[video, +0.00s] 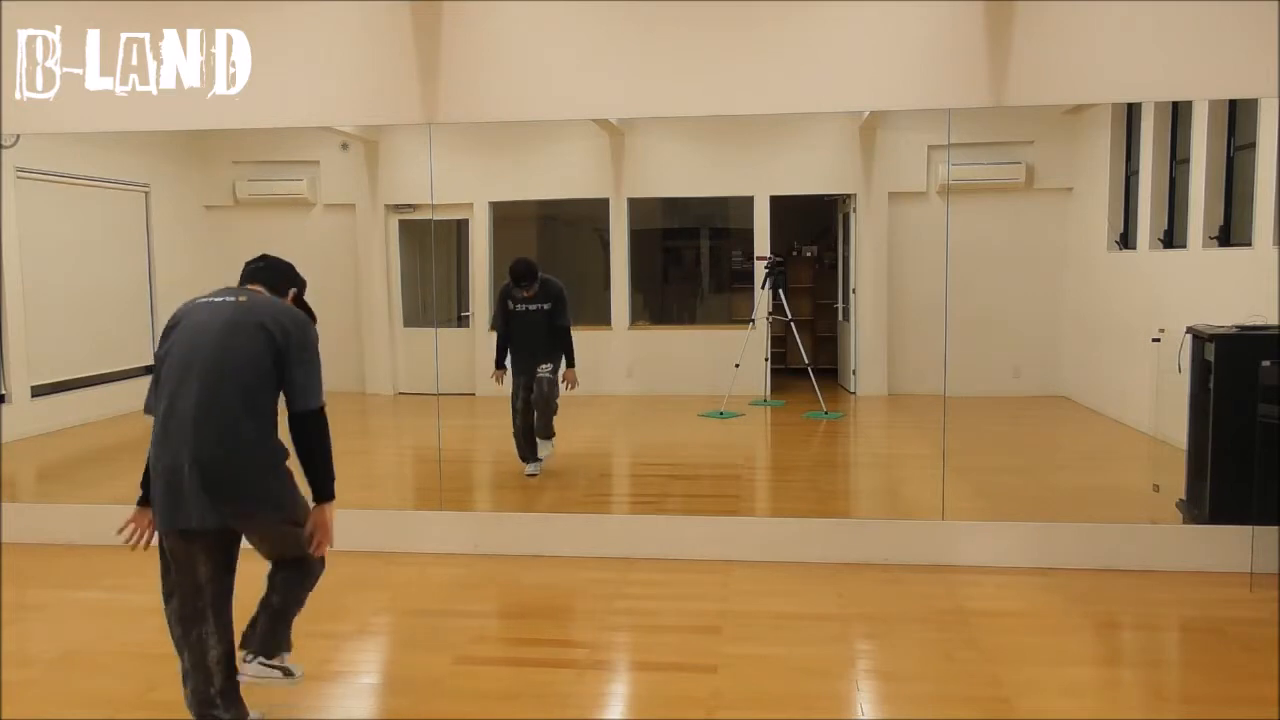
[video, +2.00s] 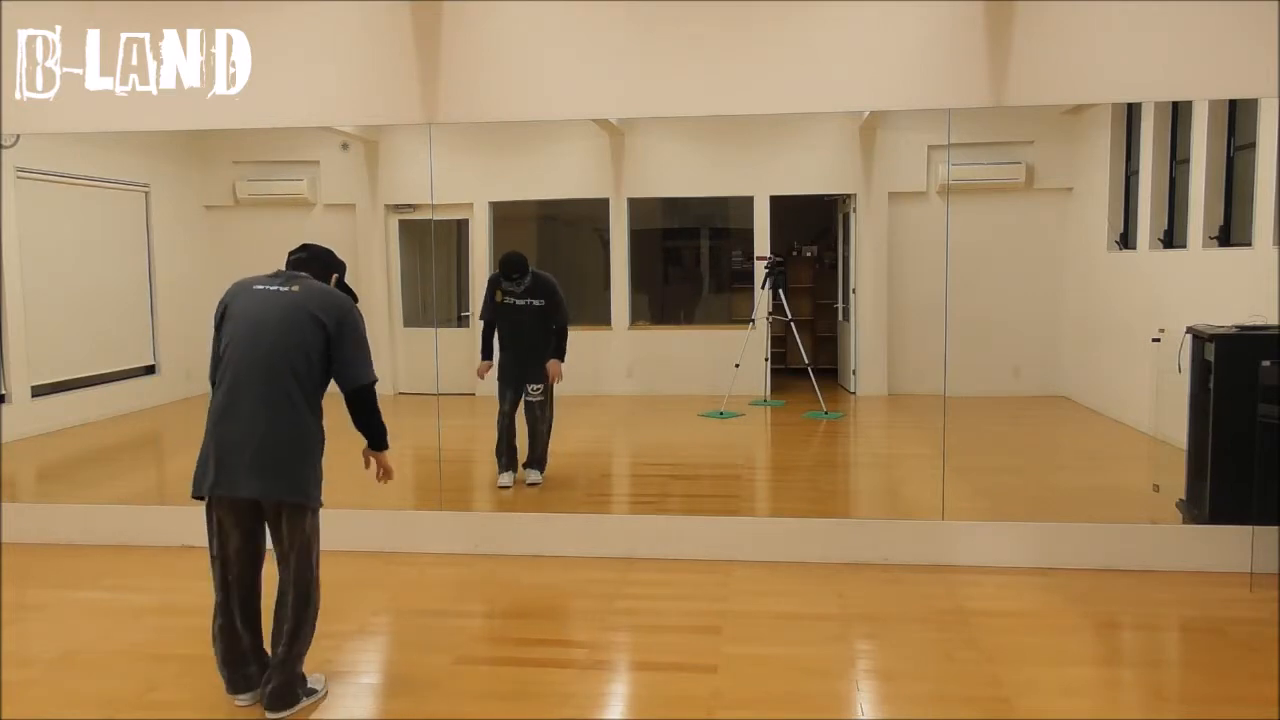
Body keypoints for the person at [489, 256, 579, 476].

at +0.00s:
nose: (525, 293)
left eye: (529, 288)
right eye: (521, 289)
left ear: (537, 279)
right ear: (513, 283)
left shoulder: (554, 290)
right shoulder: (507, 293)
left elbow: (564, 328)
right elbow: (503, 331)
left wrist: (570, 366)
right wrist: (500, 363)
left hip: (549, 354)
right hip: (521, 356)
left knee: (544, 392)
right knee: (521, 407)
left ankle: (544, 437)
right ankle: (530, 458)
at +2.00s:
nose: (514, 288)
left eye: (518, 283)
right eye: (509, 284)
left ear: (527, 274)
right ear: (503, 276)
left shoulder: (547, 285)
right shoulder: (496, 284)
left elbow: (561, 323)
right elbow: (489, 322)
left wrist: (557, 358)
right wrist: (487, 357)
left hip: (540, 359)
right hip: (510, 358)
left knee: (538, 414)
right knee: (505, 412)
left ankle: (535, 467)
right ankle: (506, 467)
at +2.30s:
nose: (522, 285)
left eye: (525, 280)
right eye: (517, 281)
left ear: (535, 271)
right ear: (511, 275)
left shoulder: (553, 287)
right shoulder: (507, 289)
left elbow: (575, 317)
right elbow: (499, 315)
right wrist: (483, 327)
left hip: (546, 356)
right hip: (517, 355)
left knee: (541, 411)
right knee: (500, 414)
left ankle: (556, 443)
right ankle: (505, 469)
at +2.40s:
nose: (528, 272)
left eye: (532, 266)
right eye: (524, 267)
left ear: (542, 259)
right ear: (518, 263)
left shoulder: (564, 279)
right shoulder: (514, 282)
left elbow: (592, 296)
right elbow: (493, 300)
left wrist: (600, 302)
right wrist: (472, 306)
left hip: (555, 362)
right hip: (524, 361)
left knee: (566, 415)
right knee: (509, 414)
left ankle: (589, 452)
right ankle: (506, 469)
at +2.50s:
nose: (537, 268)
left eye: (541, 262)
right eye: (532, 263)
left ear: (550, 255)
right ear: (526, 260)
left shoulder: (571, 275)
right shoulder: (521, 282)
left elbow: (605, 286)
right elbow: (490, 298)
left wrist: (633, 297)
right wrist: (459, 306)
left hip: (569, 358)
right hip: (537, 358)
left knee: (585, 412)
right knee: (520, 409)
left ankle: (608, 462)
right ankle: (512, 466)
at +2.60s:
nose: (544, 271)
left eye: (547, 266)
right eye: (539, 267)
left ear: (557, 261)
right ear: (533, 265)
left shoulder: (579, 281)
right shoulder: (530, 288)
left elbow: (609, 300)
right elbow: (505, 309)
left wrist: (638, 314)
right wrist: (473, 319)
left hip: (582, 359)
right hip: (551, 360)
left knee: (590, 414)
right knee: (533, 408)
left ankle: (610, 461)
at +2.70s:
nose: (551, 271)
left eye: (555, 265)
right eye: (546, 267)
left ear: (564, 260)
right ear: (540, 265)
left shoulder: (585, 283)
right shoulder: (538, 287)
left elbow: (611, 309)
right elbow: (526, 316)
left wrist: (622, 338)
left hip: (587, 357)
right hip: (556, 359)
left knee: (592, 411)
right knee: (555, 418)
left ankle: (609, 461)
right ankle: (576, 447)